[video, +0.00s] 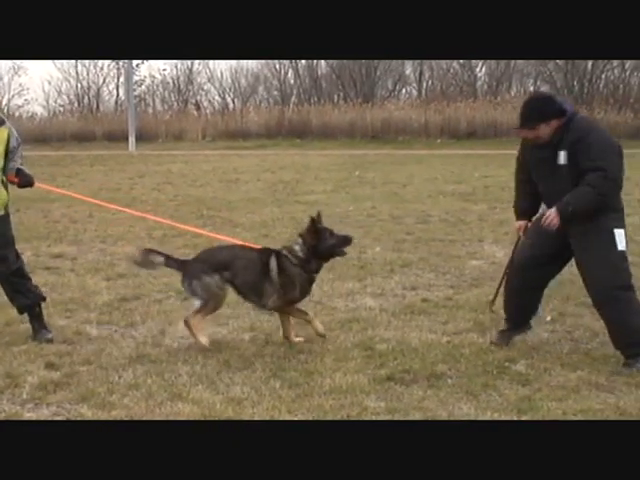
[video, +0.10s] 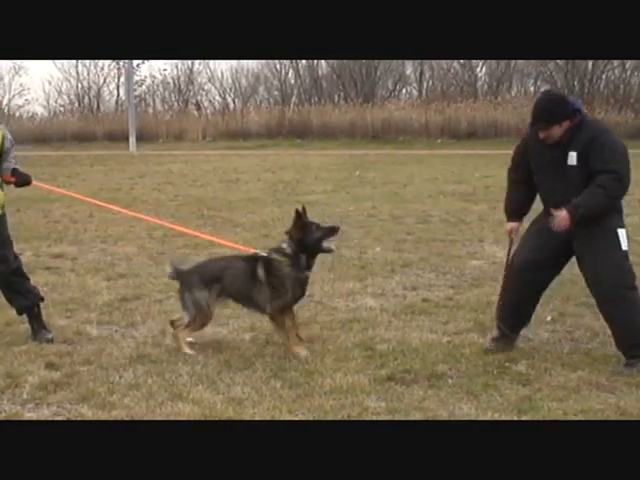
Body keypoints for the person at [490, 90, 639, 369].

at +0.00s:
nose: (528, 136)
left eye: (532, 129)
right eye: (526, 130)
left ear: (552, 123)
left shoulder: (593, 139)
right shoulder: (532, 143)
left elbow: (603, 185)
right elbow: (525, 179)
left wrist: (563, 210)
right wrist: (523, 215)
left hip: (596, 221)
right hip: (554, 220)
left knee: (609, 287)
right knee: (522, 268)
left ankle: (634, 352)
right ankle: (516, 324)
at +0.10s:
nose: (542, 134)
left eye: (547, 129)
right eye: (539, 129)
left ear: (567, 122)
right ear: (536, 125)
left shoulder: (599, 140)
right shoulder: (533, 143)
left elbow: (613, 184)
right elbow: (520, 176)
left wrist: (573, 212)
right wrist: (514, 215)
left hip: (596, 223)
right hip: (553, 220)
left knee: (613, 285)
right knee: (521, 269)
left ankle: (634, 354)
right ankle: (506, 333)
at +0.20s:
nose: (538, 133)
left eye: (544, 128)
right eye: (536, 127)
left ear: (565, 122)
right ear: (533, 122)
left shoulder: (598, 141)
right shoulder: (529, 143)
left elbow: (621, 181)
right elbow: (512, 177)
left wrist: (593, 219)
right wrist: (505, 217)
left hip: (593, 227)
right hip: (548, 225)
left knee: (615, 289)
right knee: (520, 277)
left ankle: (634, 354)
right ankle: (502, 339)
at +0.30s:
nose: (532, 132)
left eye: (538, 127)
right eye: (530, 127)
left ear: (559, 122)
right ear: (527, 122)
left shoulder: (592, 138)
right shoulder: (523, 145)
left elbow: (620, 176)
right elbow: (504, 180)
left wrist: (602, 216)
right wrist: (495, 220)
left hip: (590, 227)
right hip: (545, 225)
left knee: (615, 287)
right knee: (517, 277)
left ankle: (634, 352)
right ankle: (502, 338)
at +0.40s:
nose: (541, 143)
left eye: (546, 137)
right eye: (538, 137)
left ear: (563, 128)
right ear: (532, 129)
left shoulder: (593, 133)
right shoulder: (526, 139)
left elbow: (611, 173)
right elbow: (509, 172)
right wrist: (511, 213)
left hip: (593, 221)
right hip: (548, 221)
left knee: (612, 281)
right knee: (519, 274)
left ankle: (632, 349)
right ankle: (503, 339)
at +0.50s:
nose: (555, 134)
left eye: (561, 129)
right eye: (552, 128)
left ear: (578, 124)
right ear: (547, 121)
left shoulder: (605, 140)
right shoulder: (536, 135)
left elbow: (616, 182)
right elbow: (517, 170)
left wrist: (570, 203)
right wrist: (513, 210)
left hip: (595, 224)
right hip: (549, 222)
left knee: (611, 285)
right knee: (519, 275)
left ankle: (632, 352)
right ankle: (502, 338)